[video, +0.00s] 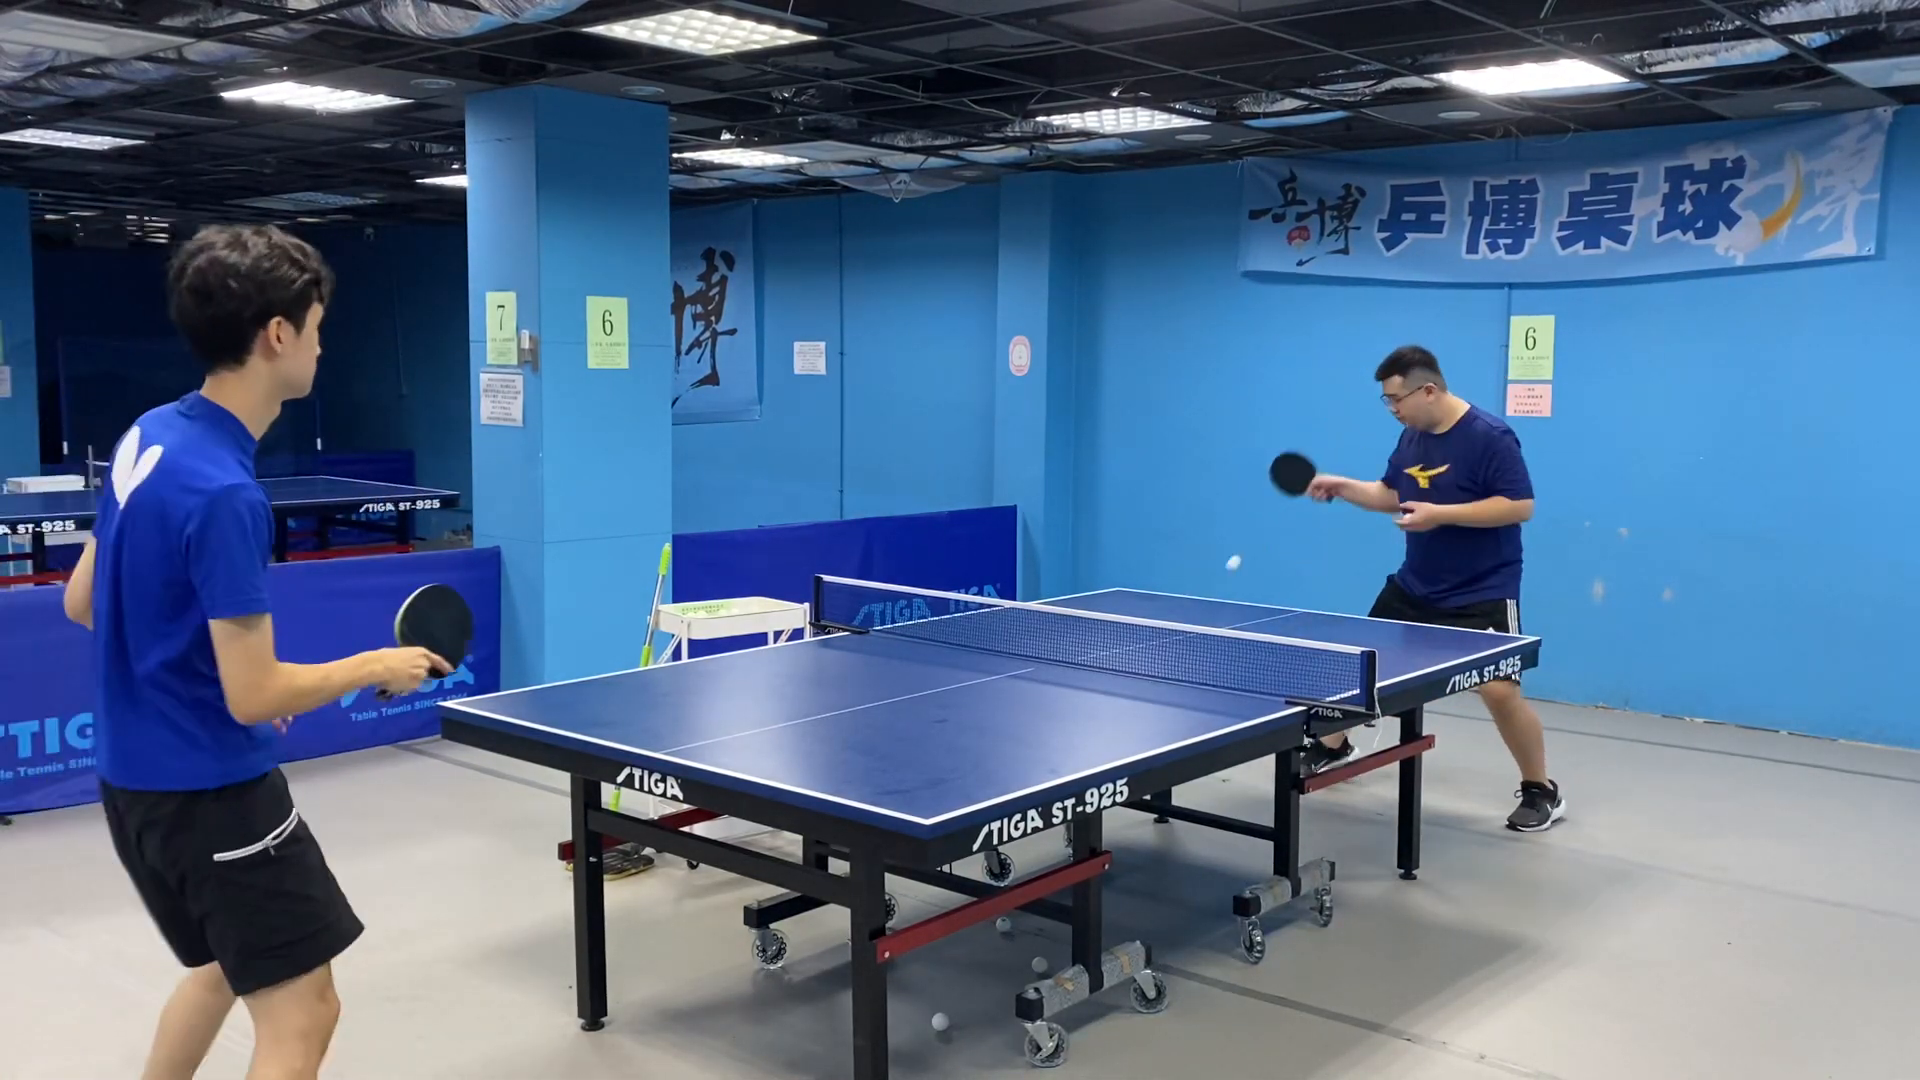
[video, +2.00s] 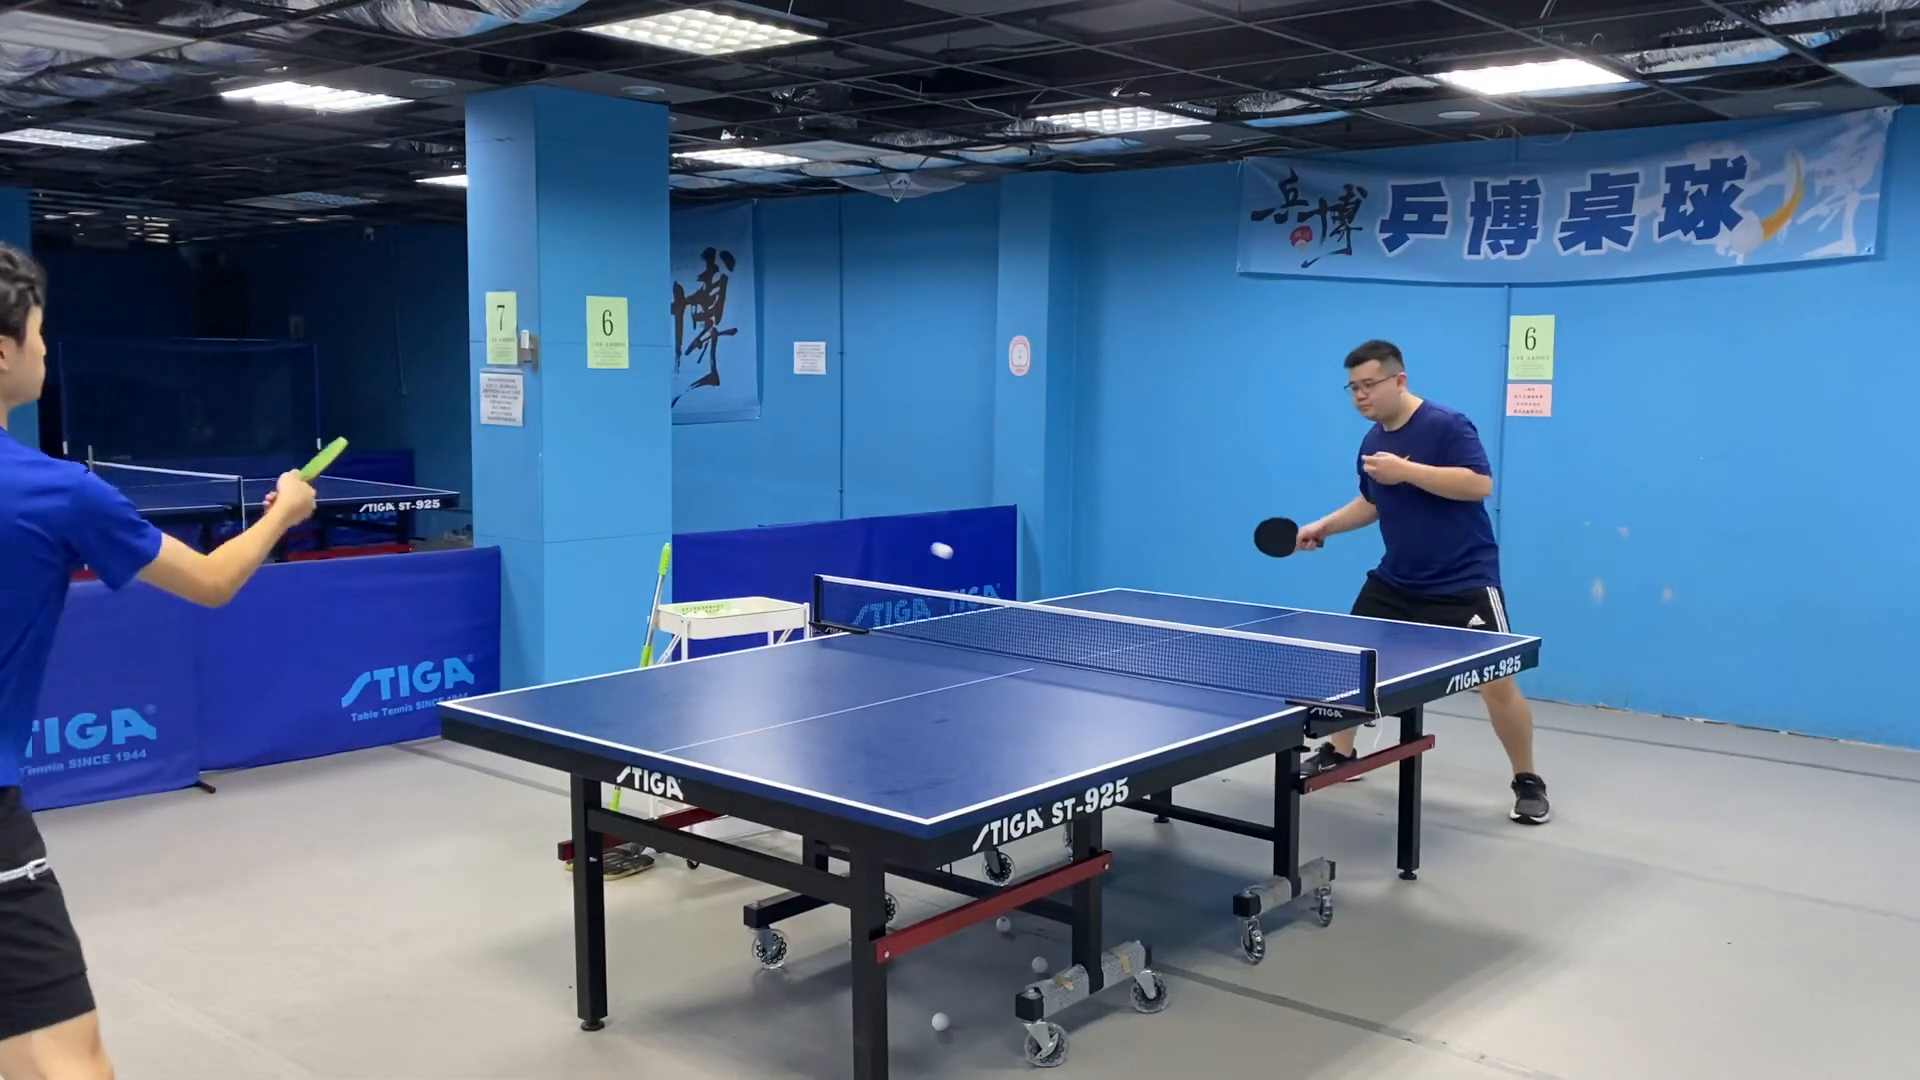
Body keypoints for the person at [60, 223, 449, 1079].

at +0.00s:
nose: (320, 351)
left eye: (320, 330)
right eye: (316, 330)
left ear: (224, 331)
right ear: (274, 335)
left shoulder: (149, 435)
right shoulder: (226, 493)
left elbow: (85, 600)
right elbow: (257, 694)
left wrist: (232, 673)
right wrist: (373, 666)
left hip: (140, 780)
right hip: (215, 791)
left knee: (217, 968)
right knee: (301, 1014)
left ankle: (158, 1078)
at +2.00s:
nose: (44, 355)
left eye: (39, 334)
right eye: (37, 336)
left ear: (0, 349)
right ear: (1, 349)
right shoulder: (52, 490)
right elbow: (209, 582)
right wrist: (283, 513)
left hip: (6, 798)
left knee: (27, 1051)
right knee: (66, 1052)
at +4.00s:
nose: (429, 346)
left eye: (427, 325)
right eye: (427, 324)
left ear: (310, 332)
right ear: (396, 334)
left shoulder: (226, 446)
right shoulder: (376, 482)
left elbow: (116, 609)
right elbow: (500, 673)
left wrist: (225, 644)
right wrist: (558, 661)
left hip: (168, 808)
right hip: (274, 817)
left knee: (251, 1020)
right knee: (398, 1063)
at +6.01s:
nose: (299, 371)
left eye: (295, 353)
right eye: (294, 354)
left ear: (192, 365)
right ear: (265, 368)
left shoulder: (108, 472)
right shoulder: (279, 503)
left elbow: (14, 624)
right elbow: (444, 622)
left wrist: (87, 690)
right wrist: (515, 550)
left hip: (68, 792)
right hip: (176, 806)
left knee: (105, 963)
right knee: (308, 1024)